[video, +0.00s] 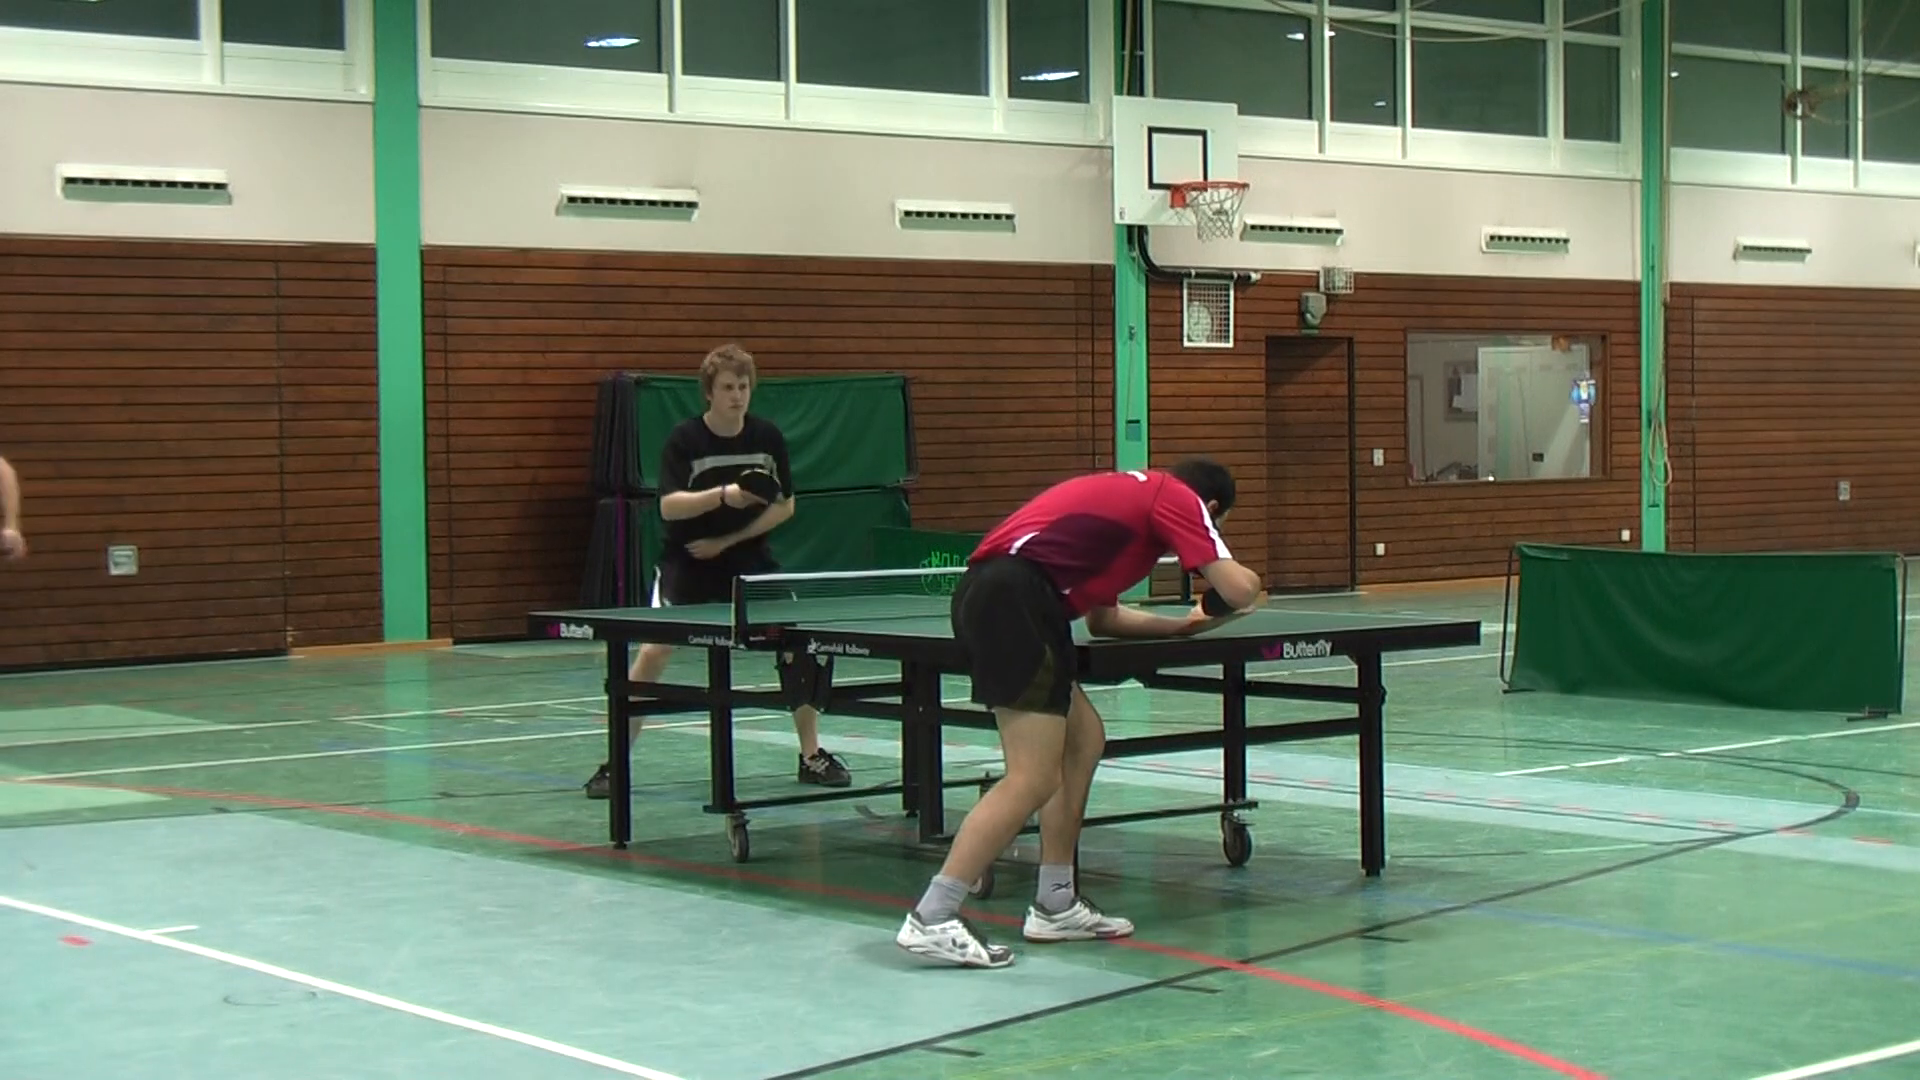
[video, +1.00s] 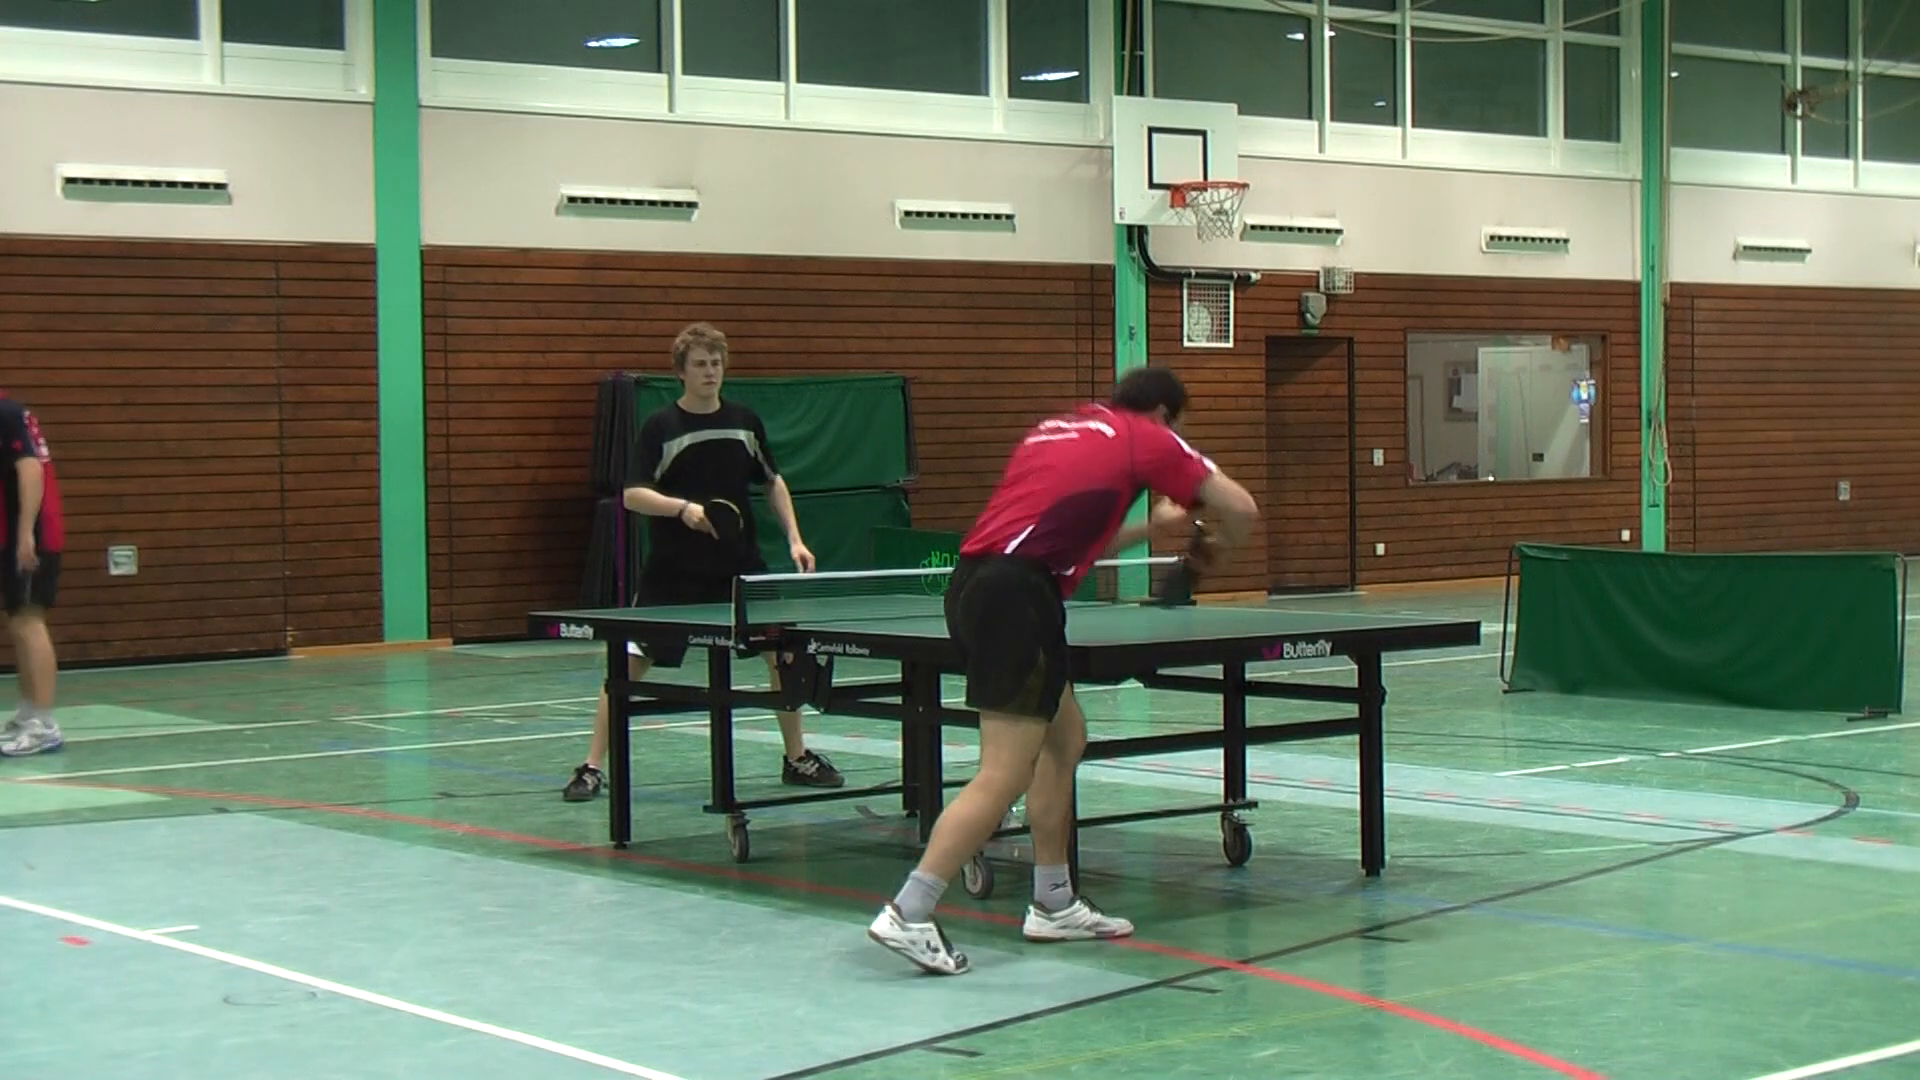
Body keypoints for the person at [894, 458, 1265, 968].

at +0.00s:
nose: (1212, 526)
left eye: (1215, 521)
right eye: (1217, 516)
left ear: (1171, 477)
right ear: (1205, 501)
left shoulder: (1116, 503)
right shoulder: (1173, 494)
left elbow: (1103, 618)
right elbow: (1238, 589)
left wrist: (1186, 624)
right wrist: (1250, 592)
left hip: (991, 593)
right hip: (1013, 594)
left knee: (1085, 737)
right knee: (1033, 777)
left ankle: (1055, 905)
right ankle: (930, 918)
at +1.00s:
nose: (1175, 434)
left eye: (1175, 425)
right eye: (1175, 424)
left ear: (1123, 401)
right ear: (1160, 414)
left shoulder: (1060, 426)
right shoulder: (1146, 436)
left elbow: (1070, 535)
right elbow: (1242, 508)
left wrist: (1151, 529)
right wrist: (1219, 538)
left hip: (976, 585)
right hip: (1016, 591)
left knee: (1065, 736)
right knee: (1003, 773)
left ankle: (1053, 904)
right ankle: (907, 914)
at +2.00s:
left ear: (1262, 375)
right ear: (1322, 378)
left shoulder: (1213, 434)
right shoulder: (1352, 438)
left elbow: (1171, 533)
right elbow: (1387, 532)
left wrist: (1164, 635)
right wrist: (1348, 571)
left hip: (1219, 630)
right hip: (1309, 632)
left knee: (1144, 773)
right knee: (1392, 758)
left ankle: (1063, 912)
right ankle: (1434, 922)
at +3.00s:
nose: (1205, 389)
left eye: (1208, 379)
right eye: (1209, 380)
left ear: (1222, 380)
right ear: (1262, 385)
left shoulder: (1236, 411)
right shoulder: (1253, 436)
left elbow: (1287, 454)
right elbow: (1200, 549)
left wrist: (1318, 526)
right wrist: (1108, 557)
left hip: (1256, 616)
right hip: (1317, 615)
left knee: (1155, 764)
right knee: (1350, 760)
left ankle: (1124, 928)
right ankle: (1460, 877)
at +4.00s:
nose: (1239, 313)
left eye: (1243, 300)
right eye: (1241, 300)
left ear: (1268, 305)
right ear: (1293, 305)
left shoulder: (1326, 369)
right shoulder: (1303, 374)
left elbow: (1359, 474)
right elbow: (1318, 477)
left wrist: (1316, 576)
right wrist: (1259, 526)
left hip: (1349, 573)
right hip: (1325, 569)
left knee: (1335, 740)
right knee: (1294, 723)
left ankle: (1378, 916)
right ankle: (1384, 868)